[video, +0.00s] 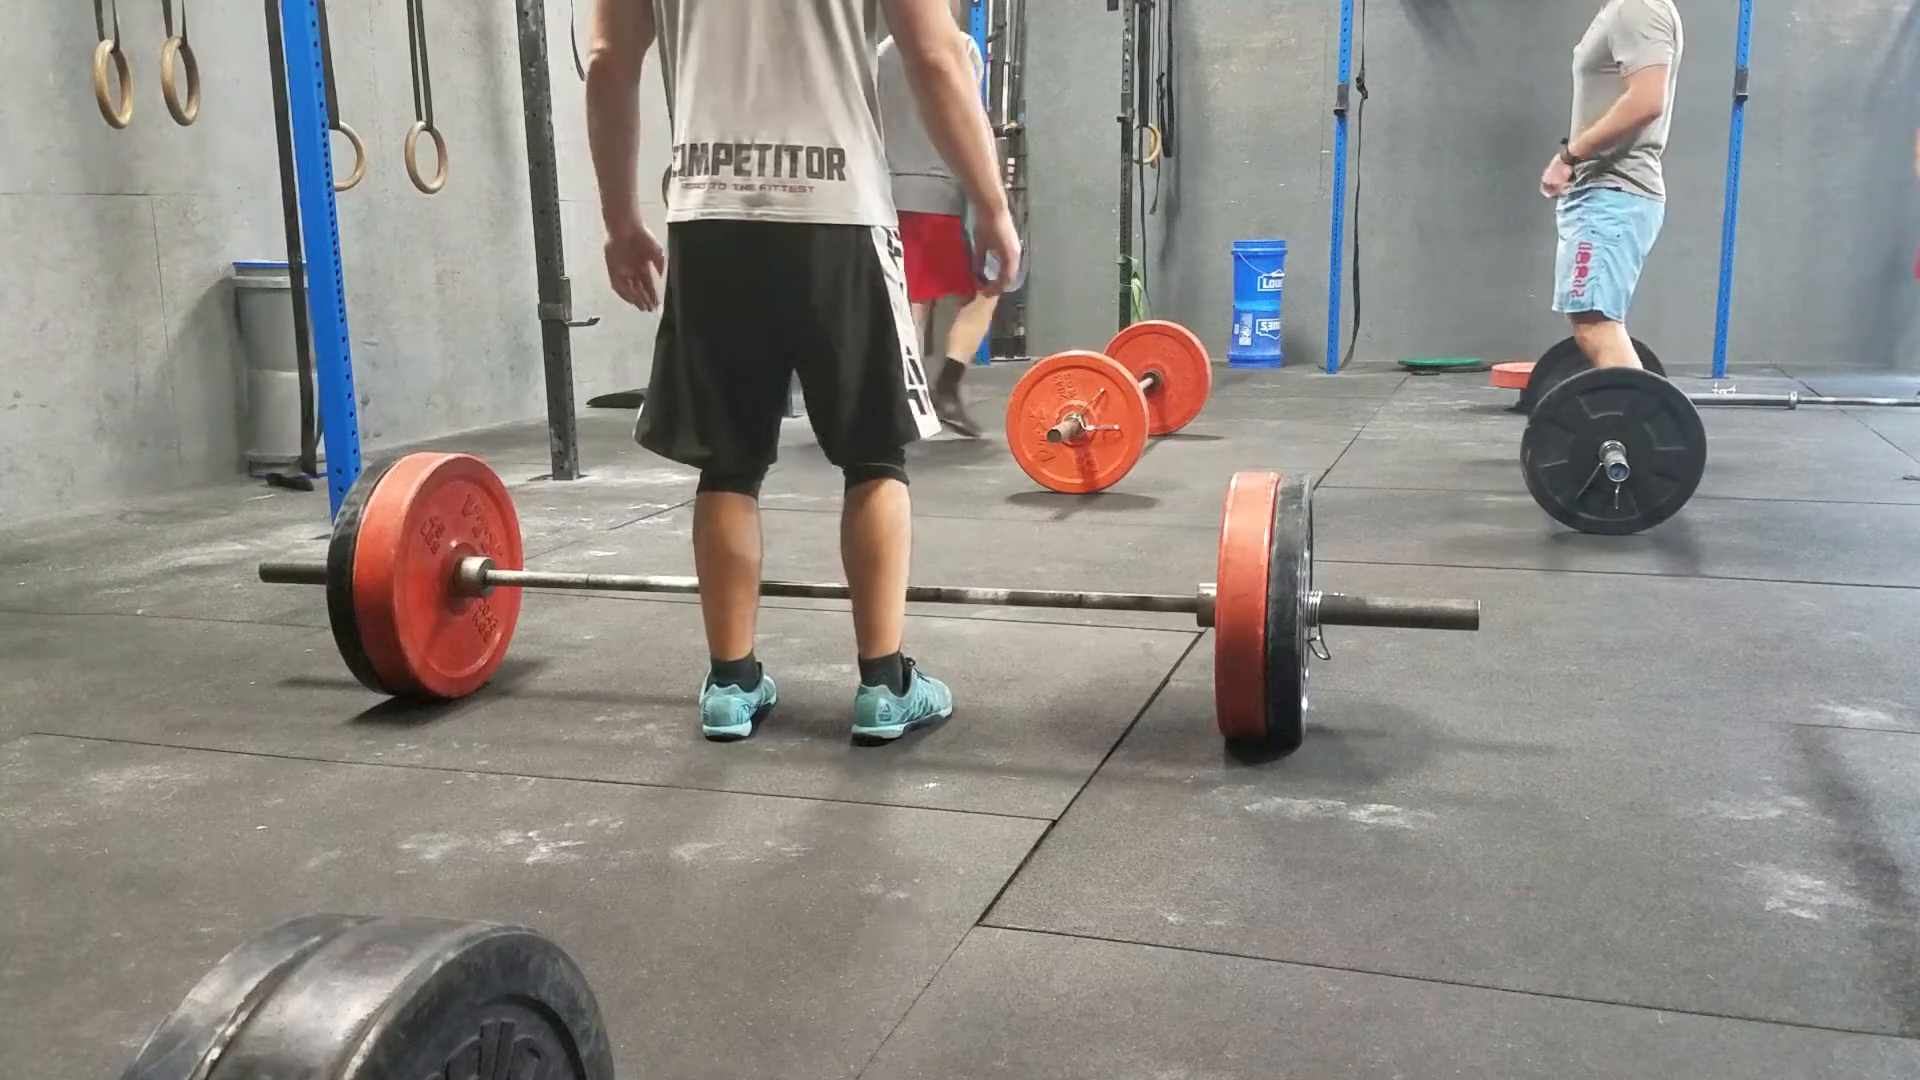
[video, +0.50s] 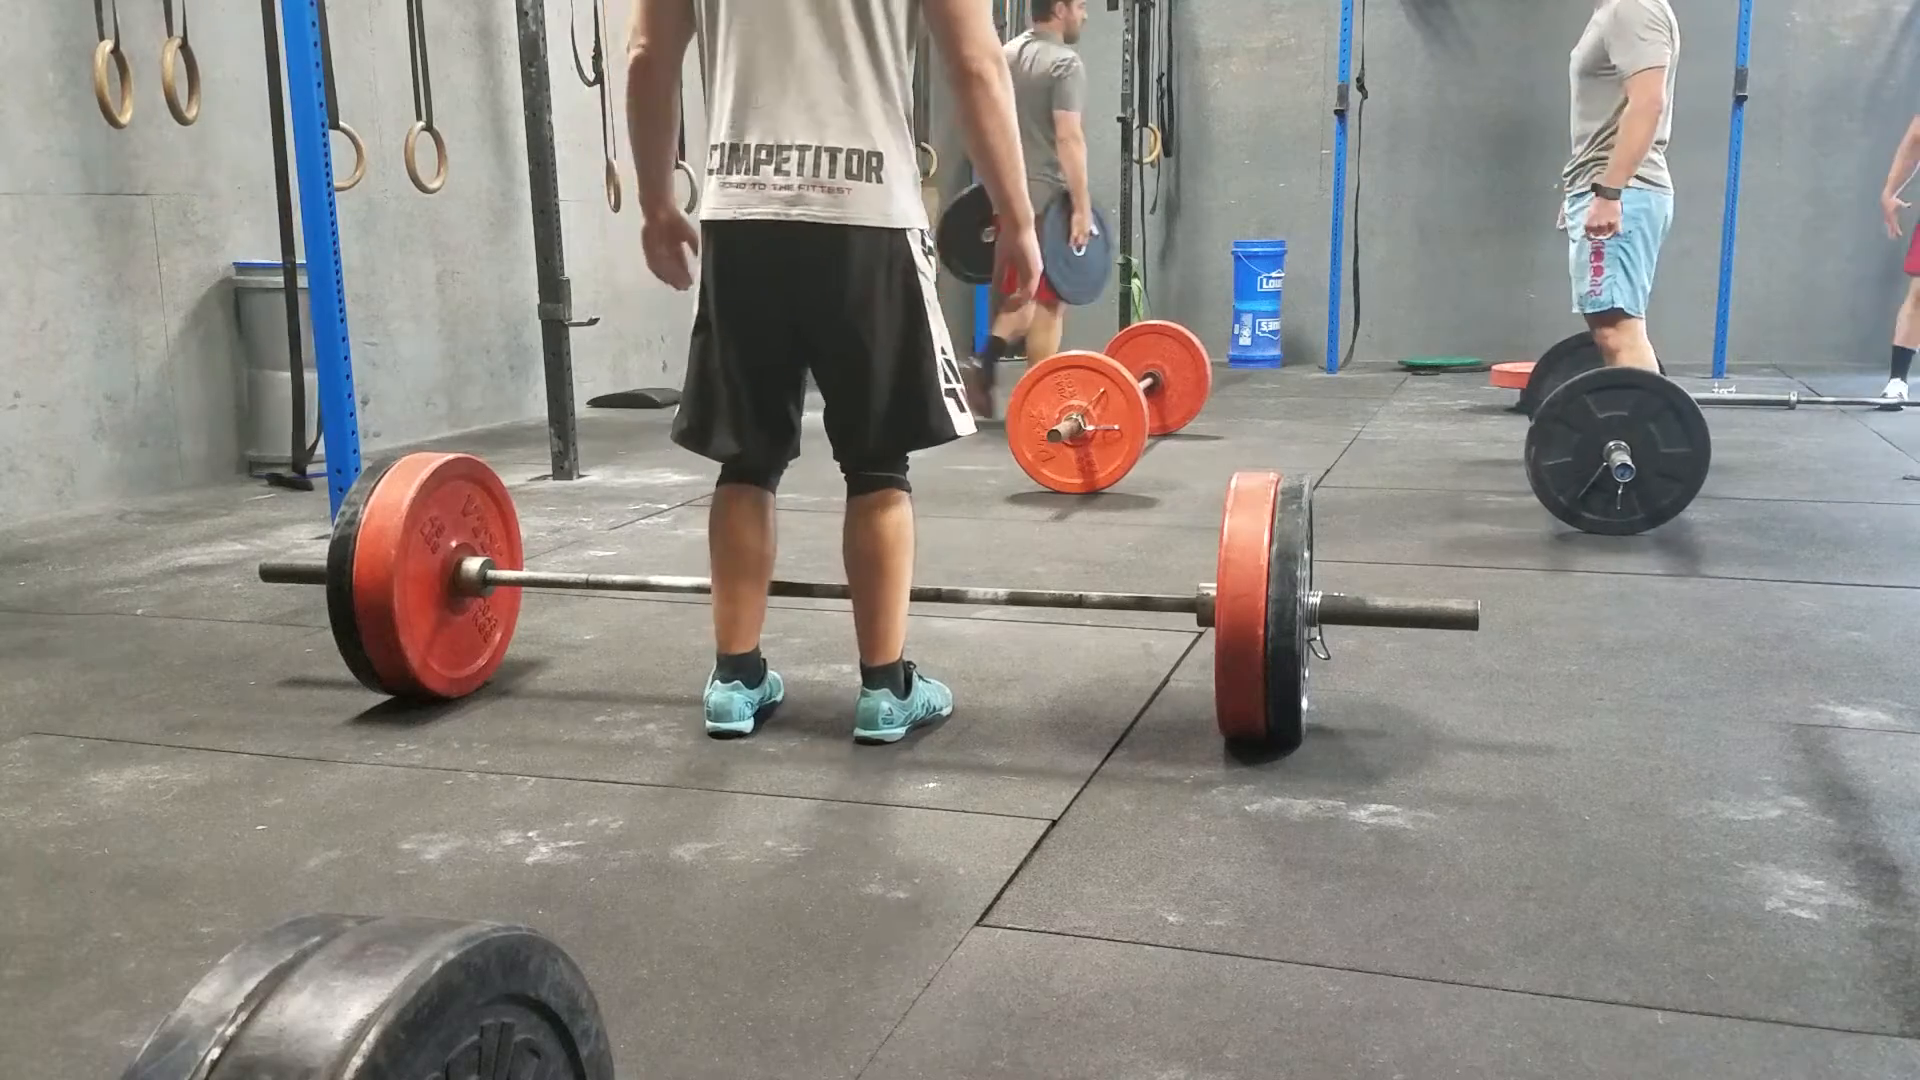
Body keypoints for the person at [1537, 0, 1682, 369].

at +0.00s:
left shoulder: (1638, 8)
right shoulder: (1622, 11)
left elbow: (1646, 100)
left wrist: (1569, 155)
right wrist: (1571, 159)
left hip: (1615, 190)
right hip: (1602, 190)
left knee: (1596, 325)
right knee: (1596, 324)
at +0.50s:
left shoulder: (1633, 9)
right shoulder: (1615, 11)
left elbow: (1646, 103)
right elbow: (1615, 113)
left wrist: (1608, 192)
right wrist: (1580, 191)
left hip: (1621, 193)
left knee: (1618, 334)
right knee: (1618, 333)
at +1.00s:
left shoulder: (1629, 9)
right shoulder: (1614, 10)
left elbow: (1639, 103)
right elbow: (1630, 106)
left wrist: (1590, 187)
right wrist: (1585, 187)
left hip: (1619, 191)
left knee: (1612, 331)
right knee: (1615, 329)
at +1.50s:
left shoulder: (1631, 8)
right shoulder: (1615, 10)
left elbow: (1647, 99)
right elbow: (1619, 109)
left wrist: (1606, 186)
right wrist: (1587, 188)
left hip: (1630, 187)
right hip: (1636, 188)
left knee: (1613, 329)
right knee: (1632, 327)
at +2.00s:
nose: (1501, 119)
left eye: (1495, 109)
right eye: (1493, 114)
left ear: (1512, 76)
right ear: (1511, 76)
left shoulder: (1580, 77)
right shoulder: (1562, 115)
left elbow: (1645, 144)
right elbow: (1593, 195)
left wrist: (1640, 236)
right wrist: (1586, 274)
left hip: (1711, 188)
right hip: (1686, 192)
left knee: (1646, 328)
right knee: (1647, 331)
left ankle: (1659, 458)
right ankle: (1661, 457)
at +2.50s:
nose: (1499, 261)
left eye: (1488, 255)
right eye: (1489, 259)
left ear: (1488, 226)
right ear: (1491, 222)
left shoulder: (1547, 192)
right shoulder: (1548, 230)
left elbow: (1629, 227)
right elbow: (1577, 307)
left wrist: (1658, 309)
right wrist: (1580, 390)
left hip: (1726, 193)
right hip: (1705, 202)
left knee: (1634, 328)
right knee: (1631, 327)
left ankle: (1660, 452)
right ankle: (1653, 450)